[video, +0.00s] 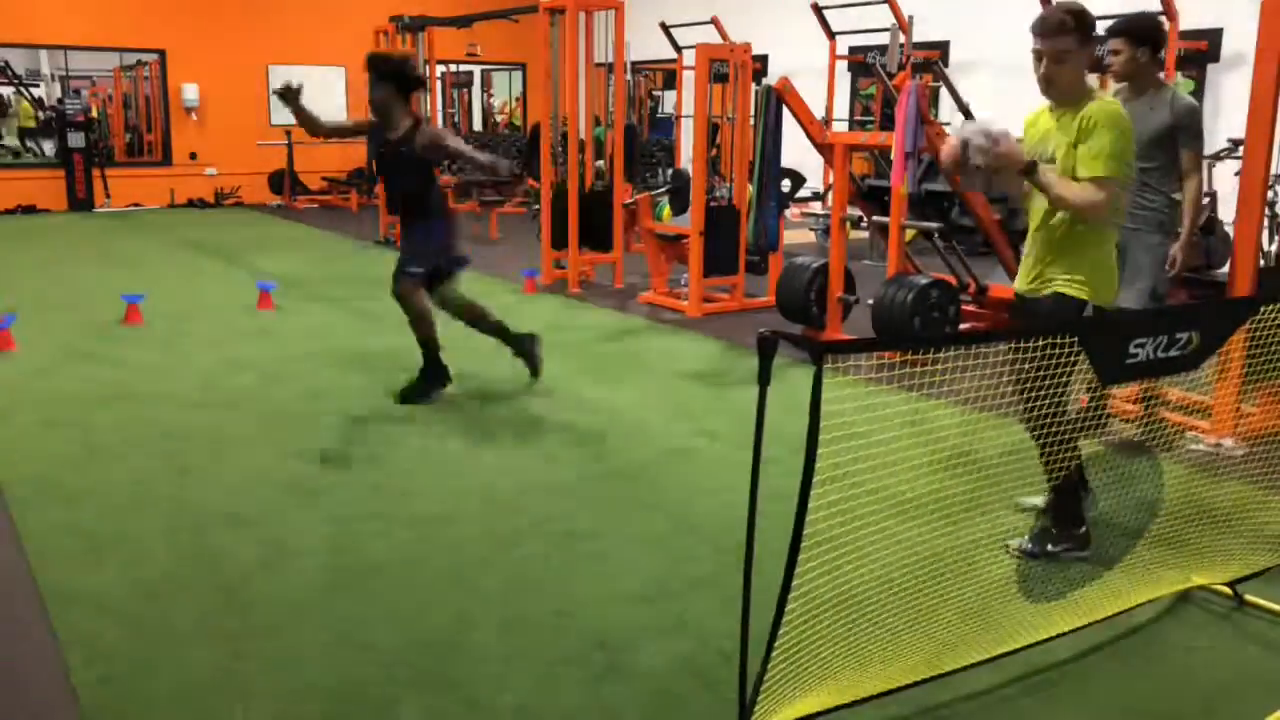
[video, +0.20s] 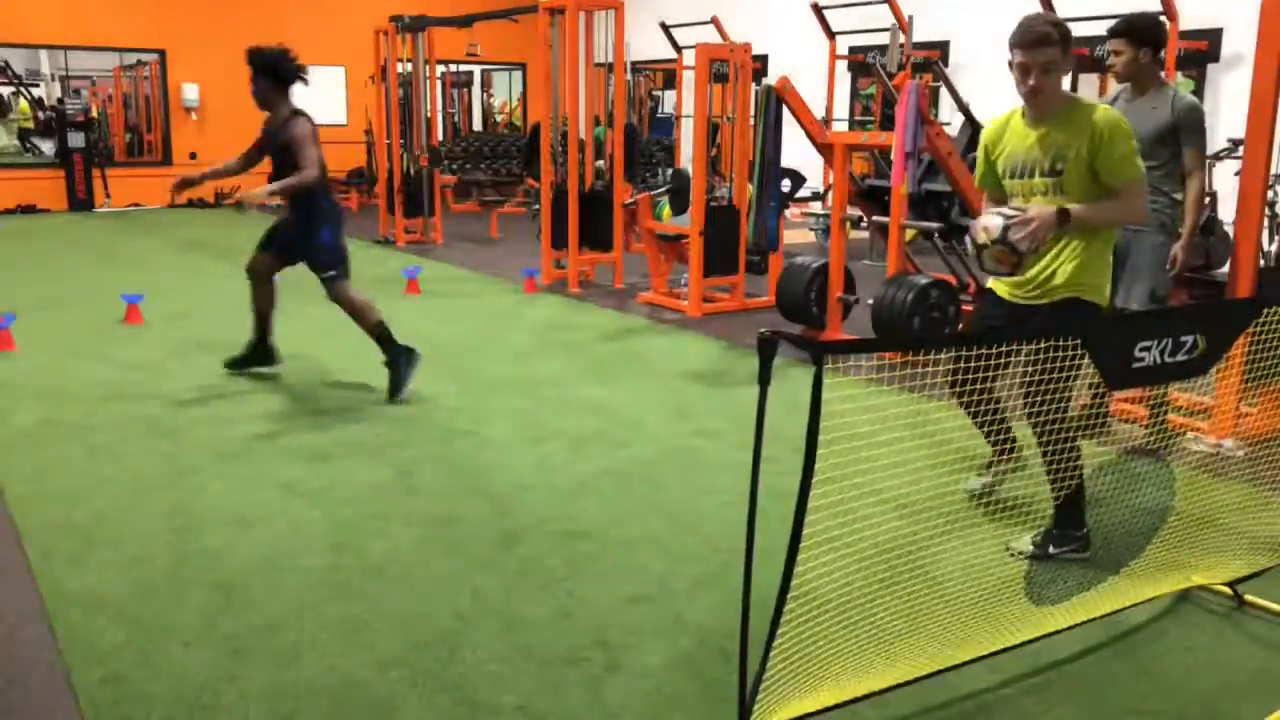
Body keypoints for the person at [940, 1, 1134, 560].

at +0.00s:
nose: (1042, 69)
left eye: (1055, 59)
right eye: (1038, 58)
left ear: (1086, 59)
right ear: (1033, 56)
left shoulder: (1107, 118)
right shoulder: (1038, 121)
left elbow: (1096, 205)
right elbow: (1023, 187)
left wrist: (1031, 170)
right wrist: (984, 162)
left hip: (1079, 283)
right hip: (1036, 277)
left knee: (1037, 398)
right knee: (1035, 395)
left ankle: (1069, 527)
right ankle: (1069, 496)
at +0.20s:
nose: (1031, 81)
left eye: (1044, 70)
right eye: (1021, 69)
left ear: (1067, 65)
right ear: (1009, 67)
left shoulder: (1102, 126)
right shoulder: (996, 132)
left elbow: (1135, 207)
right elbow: (987, 205)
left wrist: (1063, 214)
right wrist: (987, 228)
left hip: (1071, 291)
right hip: (1006, 288)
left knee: (1040, 399)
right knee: (960, 372)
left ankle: (1071, 523)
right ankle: (1005, 446)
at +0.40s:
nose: (982, 73)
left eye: (994, 64)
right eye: (979, 63)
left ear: (1026, 66)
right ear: (976, 65)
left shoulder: (1073, 126)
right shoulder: (960, 136)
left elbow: (1119, 200)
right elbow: (954, 207)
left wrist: (1047, 203)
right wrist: (962, 226)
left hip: (1049, 288)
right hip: (979, 288)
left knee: (1038, 394)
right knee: (942, 376)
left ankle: (1069, 522)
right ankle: (921, 475)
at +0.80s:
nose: (906, 70)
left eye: (914, 60)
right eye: (906, 60)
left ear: (948, 61)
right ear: (933, 63)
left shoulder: (1004, 112)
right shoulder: (919, 128)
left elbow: (1051, 181)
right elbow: (921, 202)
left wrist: (979, 206)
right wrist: (898, 214)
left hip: (1008, 277)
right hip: (945, 276)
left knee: (1016, 390)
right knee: (921, 374)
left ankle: (1039, 509)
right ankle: (918, 473)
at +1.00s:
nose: (929, 75)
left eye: (941, 65)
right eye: (923, 65)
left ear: (970, 63)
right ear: (918, 67)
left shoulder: (1008, 115)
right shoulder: (924, 132)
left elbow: (1065, 179)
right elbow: (901, 191)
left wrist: (1033, 240)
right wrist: (844, 188)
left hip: (1016, 281)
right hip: (950, 280)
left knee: (1031, 392)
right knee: (920, 375)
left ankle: (1060, 511)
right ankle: (917, 475)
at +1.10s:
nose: (945, 79)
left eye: (957, 67)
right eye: (937, 68)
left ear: (981, 64)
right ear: (929, 68)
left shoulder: (1019, 116)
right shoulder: (927, 131)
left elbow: (1089, 170)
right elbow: (891, 180)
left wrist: (1097, 240)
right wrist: (832, 162)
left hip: (1029, 281)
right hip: (961, 280)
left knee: (1037, 391)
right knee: (925, 374)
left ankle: (1062, 508)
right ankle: (917, 475)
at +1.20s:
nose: (974, 84)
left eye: (985, 72)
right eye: (964, 74)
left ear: (1000, 68)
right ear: (945, 72)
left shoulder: (1043, 119)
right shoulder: (936, 134)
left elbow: (1119, 162)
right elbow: (887, 180)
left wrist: (1154, 219)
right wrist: (841, 150)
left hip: (1046, 282)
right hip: (971, 283)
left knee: (1047, 384)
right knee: (935, 372)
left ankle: (1066, 508)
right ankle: (919, 477)